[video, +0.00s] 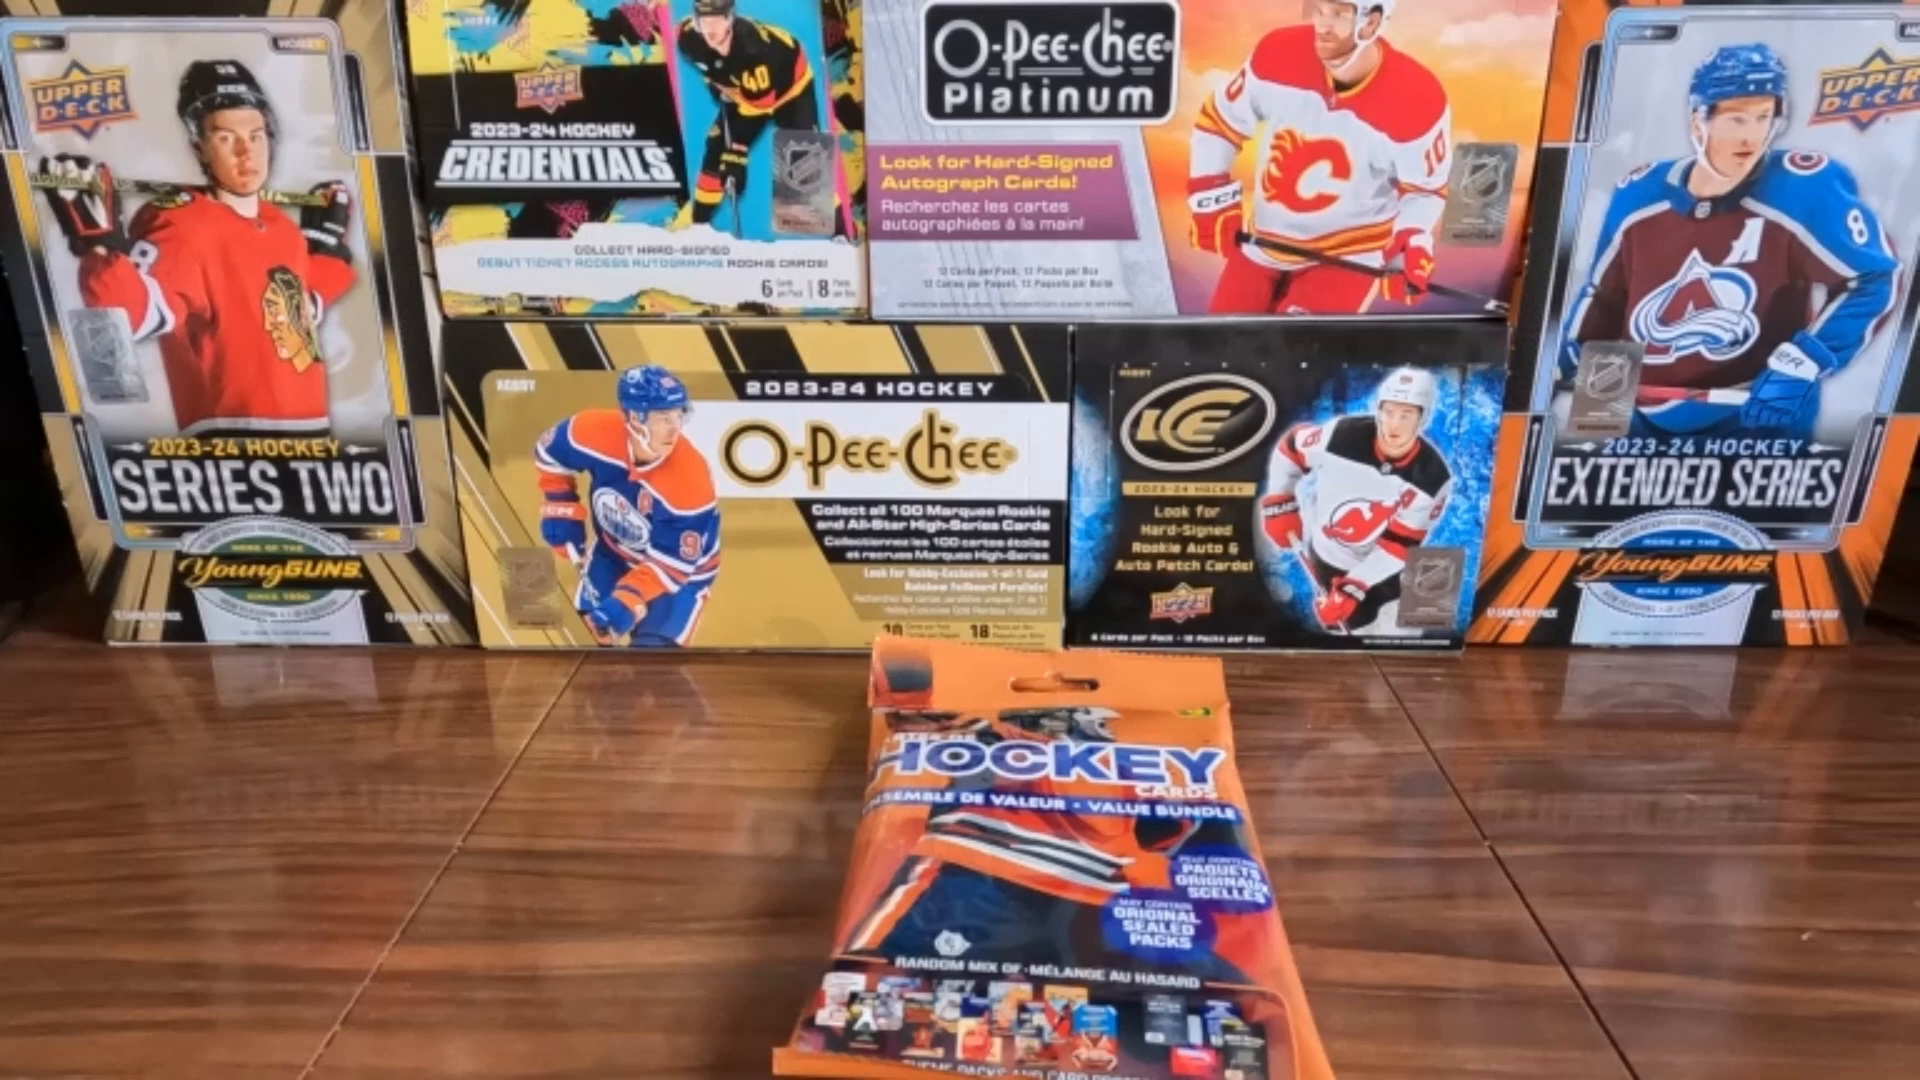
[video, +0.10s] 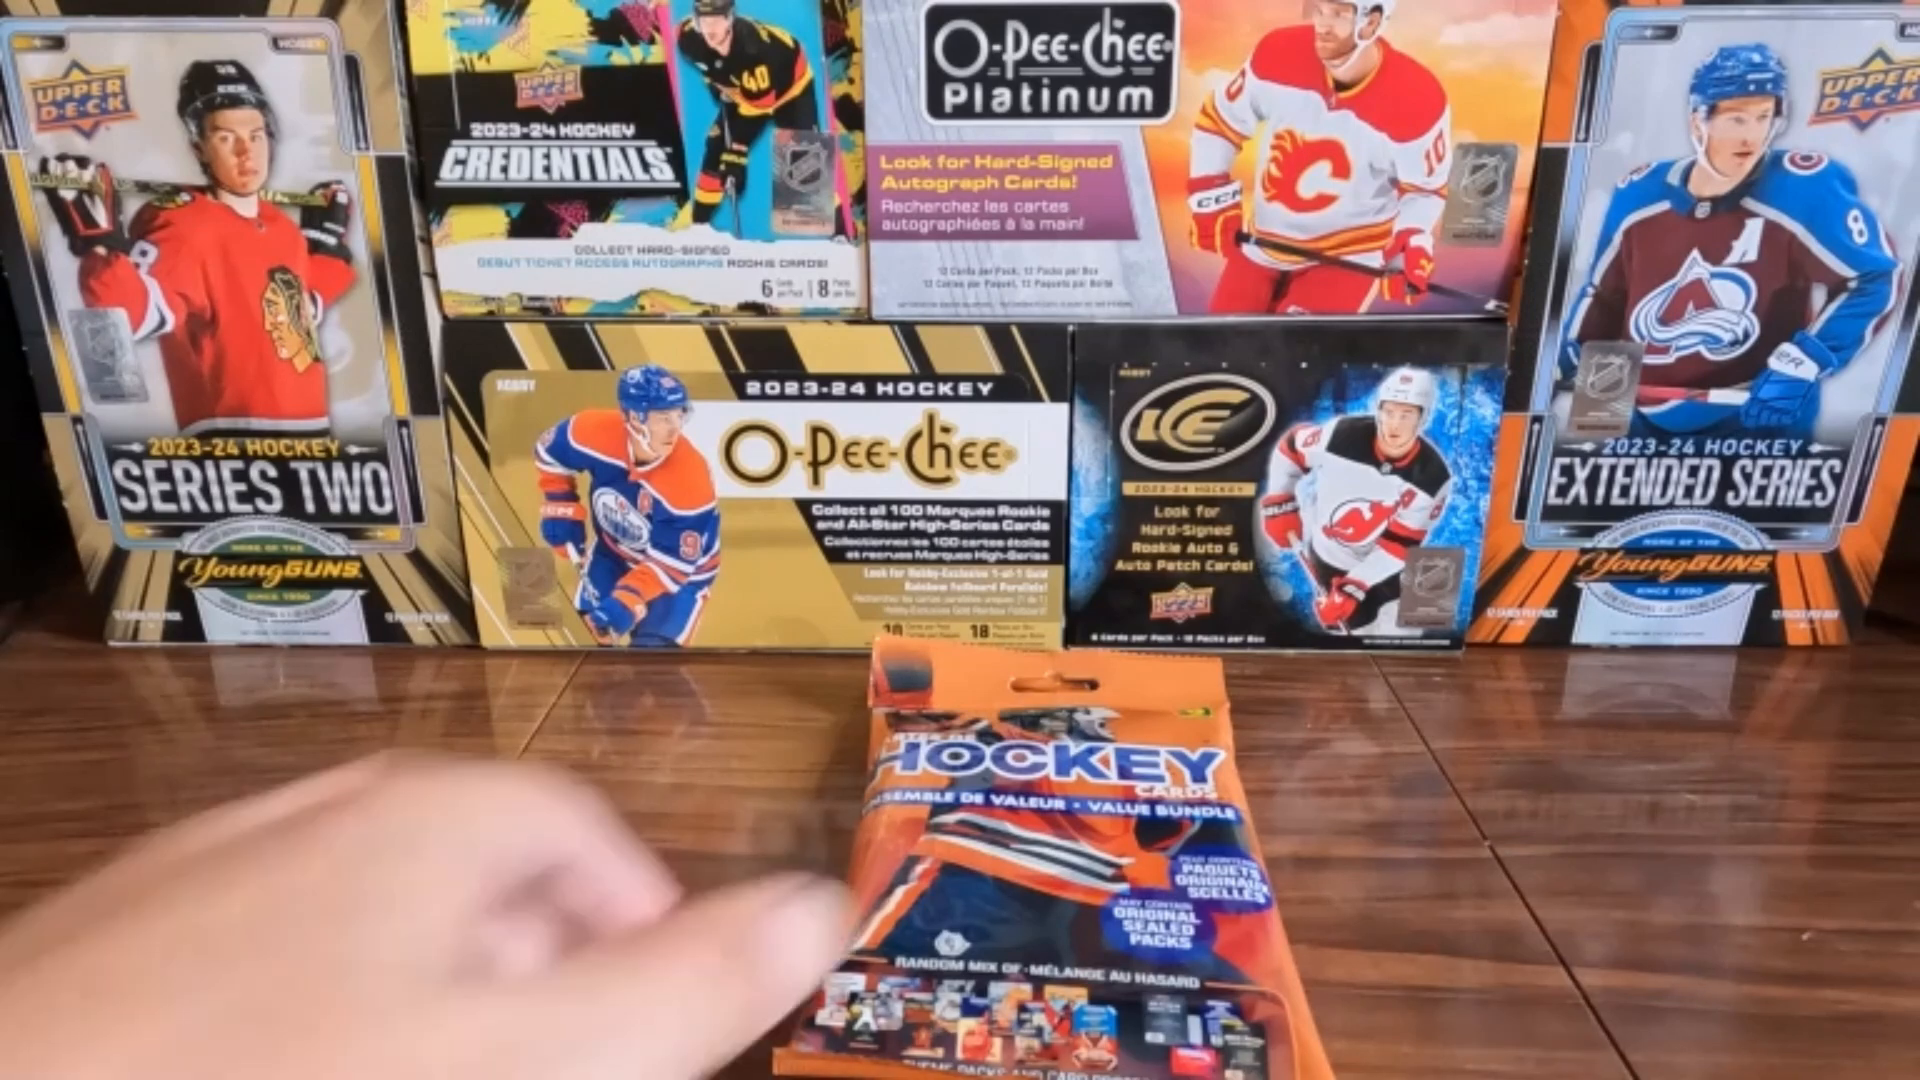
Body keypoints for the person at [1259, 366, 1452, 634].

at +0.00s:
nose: (1394, 424)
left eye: (1405, 415)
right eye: (1389, 412)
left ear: (1422, 419)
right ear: (1378, 412)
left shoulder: (1433, 477)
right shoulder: (1340, 435)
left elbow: (1397, 546)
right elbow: (1290, 448)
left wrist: (1352, 589)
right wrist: (1278, 505)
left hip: (1379, 566)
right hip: (1320, 554)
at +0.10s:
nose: (1394, 424)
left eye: (1405, 415)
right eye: (1388, 412)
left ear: (1422, 419)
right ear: (1378, 412)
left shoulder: (1433, 477)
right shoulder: (1340, 435)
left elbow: (1396, 547)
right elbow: (1290, 448)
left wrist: (1352, 589)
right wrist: (1277, 505)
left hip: (1380, 566)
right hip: (1321, 555)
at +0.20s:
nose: (1394, 424)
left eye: (1405, 415)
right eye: (1389, 412)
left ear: (1422, 419)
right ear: (1378, 412)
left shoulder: (1433, 477)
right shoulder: (1340, 435)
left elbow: (1396, 547)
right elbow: (1290, 448)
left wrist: (1352, 589)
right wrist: (1278, 505)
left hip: (1380, 566)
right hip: (1321, 555)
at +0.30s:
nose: (1394, 424)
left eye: (1405, 415)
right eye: (1389, 412)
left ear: (1422, 419)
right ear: (1378, 412)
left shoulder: (1433, 477)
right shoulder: (1340, 435)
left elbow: (1397, 546)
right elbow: (1290, 448)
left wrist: (1352, 589)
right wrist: (1278, 505)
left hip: (1380, 567)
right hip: (1321, 555)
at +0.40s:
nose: (1394, 424)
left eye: (1405, 415)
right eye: (1388, 412)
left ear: (1422, 419)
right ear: (1378, 412)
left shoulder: (1433, 478)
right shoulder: (1340, 435)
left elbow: (1396, 547)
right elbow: (1290, 448)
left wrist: (1352, 589)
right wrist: (1277, 505)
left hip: (1379, 566)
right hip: (1320, 555)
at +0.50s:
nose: (1394, 424)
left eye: (1405, 415)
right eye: (1388, 412)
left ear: (1422, 419)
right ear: (1378, 412)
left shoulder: (1433, 477)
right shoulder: (1340, 435)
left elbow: (1396, 547)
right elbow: (1290, 448)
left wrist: (1352, 589)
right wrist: (1277, 505)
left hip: (1380, 567)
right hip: (1320, 556)